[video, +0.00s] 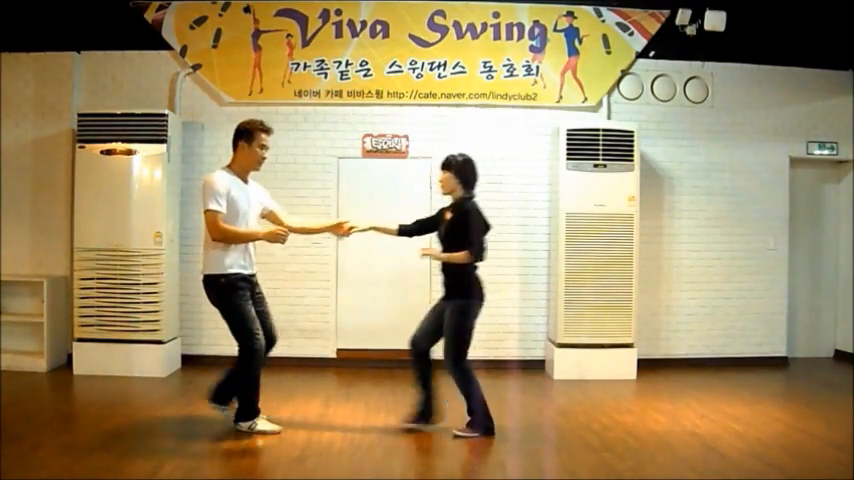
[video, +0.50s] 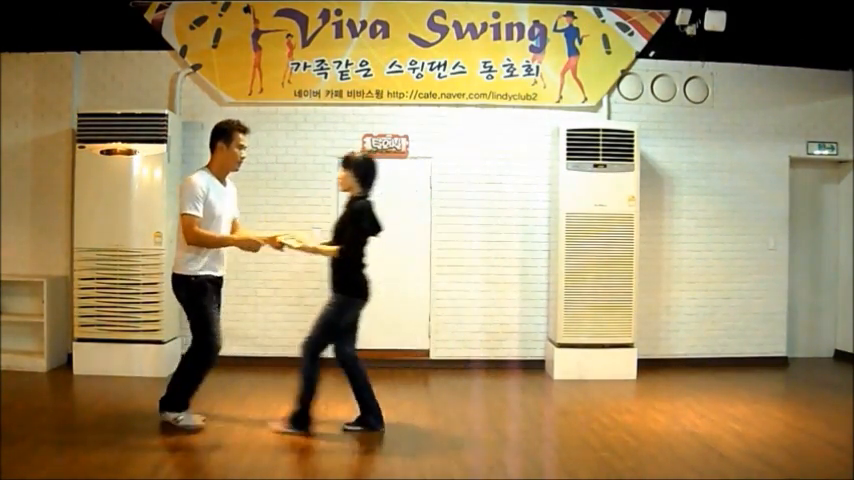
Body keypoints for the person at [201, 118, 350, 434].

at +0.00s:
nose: (266, 154)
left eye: (267, 148)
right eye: (262, 147)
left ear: (251, 149)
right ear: (241, 146)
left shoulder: (253, 189)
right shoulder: (216, 182)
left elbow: (286, 226)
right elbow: (216, 232)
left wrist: (329, 227)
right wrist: (263, 234)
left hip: (246, 276)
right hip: (222, 278)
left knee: (266, 338)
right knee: (253, 342)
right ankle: (247, 416)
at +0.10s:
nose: (259, 155)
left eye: (260, 149)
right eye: (255, 148)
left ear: (245, 151)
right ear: (234, 147)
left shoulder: (249, 192)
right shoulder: (211, 185)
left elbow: (272, 233)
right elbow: (212, 237)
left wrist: (314, 236)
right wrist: (258, 241)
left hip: (240, 279)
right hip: (217, 280)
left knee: (242, 345)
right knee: (250, 341)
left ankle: (188, 394)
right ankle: (247, 417)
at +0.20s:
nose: (254, 154)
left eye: (255, 148)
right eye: (249, 147)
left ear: (241, 150)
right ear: (229, 147)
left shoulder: (243, 191)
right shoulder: (206, 185)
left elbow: (261, 235)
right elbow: (204, 237)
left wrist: (301, 238)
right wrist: (249, 241)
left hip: (228, 279)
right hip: (209, 280)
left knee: (212, 348)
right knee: (240, 341)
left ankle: (173, 403)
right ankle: (246, 416)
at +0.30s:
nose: (250, 152)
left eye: (251, 146)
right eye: (245, 145)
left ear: (235, 148)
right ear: (225, 145)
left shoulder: (239, 187)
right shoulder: (201, 182)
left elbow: (250, 235)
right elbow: (198, 233)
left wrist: (289, 235)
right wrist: (243, 236)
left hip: (218, 274)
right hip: (198, 274)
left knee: (199, 344)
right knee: (227, 339)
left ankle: (171, 407)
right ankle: (235, 415)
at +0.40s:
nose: (246, 153)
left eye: (247, 147)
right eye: (242, 145)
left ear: (228, 148)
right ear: (222, 145)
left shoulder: (233, 186)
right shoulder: (197, 181)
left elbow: (241, 233)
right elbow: (194, 233)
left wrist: (276, 235)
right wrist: (240, 235)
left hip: (214, 274)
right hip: (193, 274)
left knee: (197, 344)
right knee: (220, 337)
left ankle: (169, 408)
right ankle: (201, 410)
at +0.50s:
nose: (244, 155)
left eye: (244, 149)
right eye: (239, 148)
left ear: (225, 149)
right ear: (219, 147)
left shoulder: (229, 188)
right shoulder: (195, 183)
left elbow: (234, 234)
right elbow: (191, 235)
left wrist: (265, 240)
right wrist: (237, 242)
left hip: (213, 277)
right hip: (191, 277)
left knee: (206, 344)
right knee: (208, 344)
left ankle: (176, 405)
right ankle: (172, 408)